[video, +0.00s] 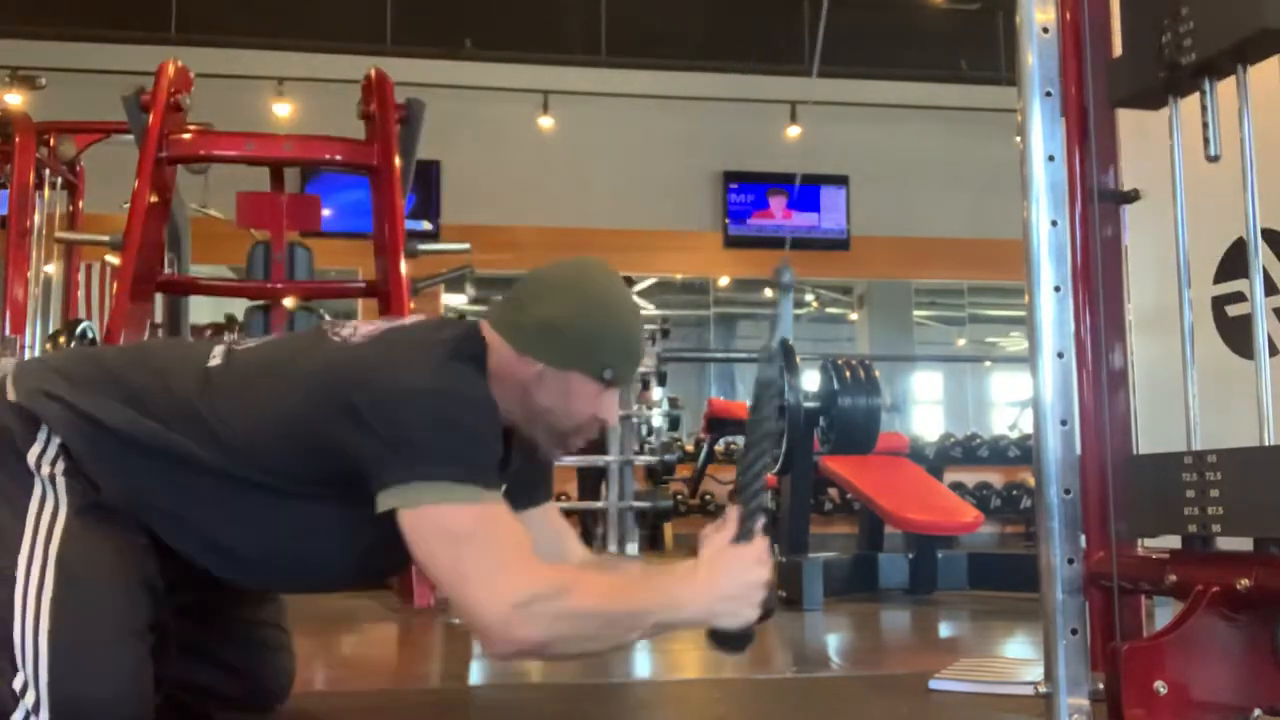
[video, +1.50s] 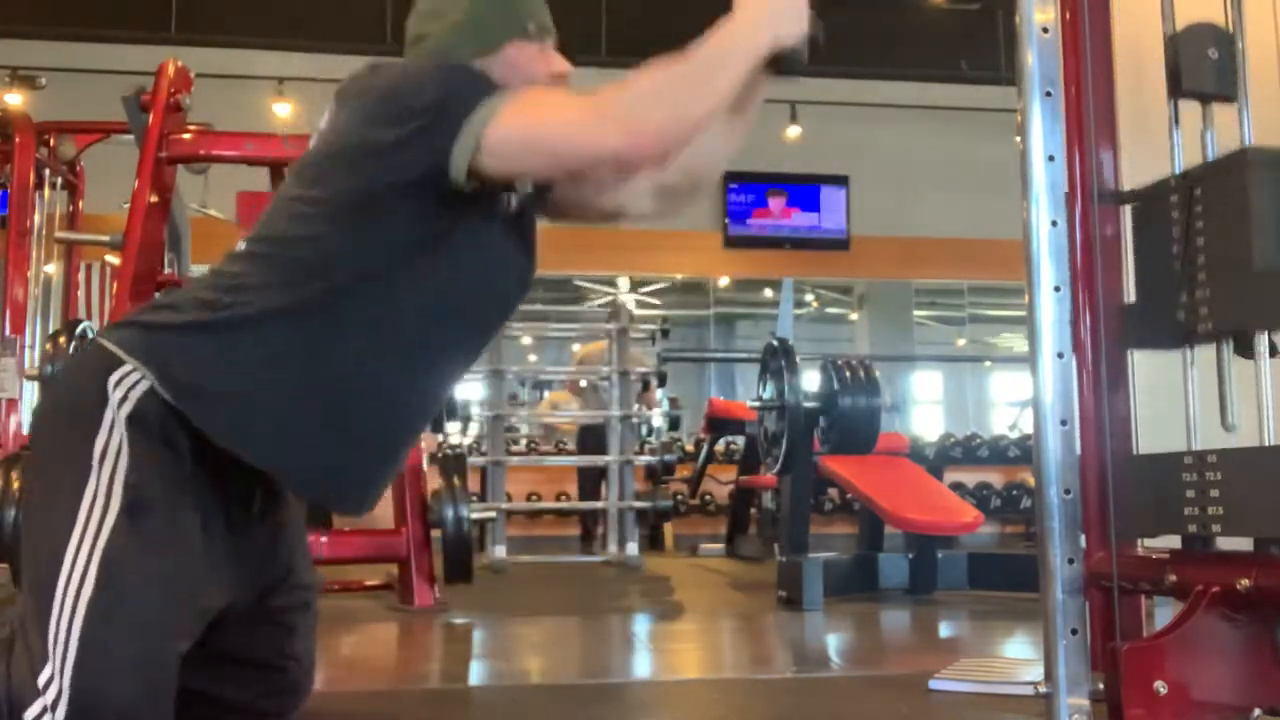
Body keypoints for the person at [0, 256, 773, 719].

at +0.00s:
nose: (616, 416)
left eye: (624, 393)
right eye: (608, 387)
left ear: (545, 367)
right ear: (541, 364)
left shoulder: (505, 428)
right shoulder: (429, 391)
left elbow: (563, 581)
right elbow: (508, 616)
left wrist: (689, 586)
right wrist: (687, 594)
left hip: (198, 499)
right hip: (71, 446)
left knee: (246, 682)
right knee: (83, 696)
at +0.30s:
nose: (636, 300)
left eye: (638, 278)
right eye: (625, 275)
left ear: (554, 265)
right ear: (555, 264)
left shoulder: (511, 329)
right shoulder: (465, 299)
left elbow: (630, 442)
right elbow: (645, 459)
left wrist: (783, 429)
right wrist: (818, 415)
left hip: (188, 493)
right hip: (85, 438)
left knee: (252, 670)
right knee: (78, 695)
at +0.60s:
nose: (622, 154)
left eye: (618, 133)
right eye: (606, 131)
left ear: (544, 137)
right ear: (550, 134)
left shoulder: (533, 254)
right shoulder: (461, 177)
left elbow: (689, 269)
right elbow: (694, 227)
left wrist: (828, 188)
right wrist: (848, 149)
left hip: (227, 500)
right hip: (127, 430)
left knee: (251, 683)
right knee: (78, 698)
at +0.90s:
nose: (619, 97)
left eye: (645, 86)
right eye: (616, 55)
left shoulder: (511, 150)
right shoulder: (422, 59)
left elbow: (633, 101)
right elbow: (644, 28)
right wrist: (752, 2)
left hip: (271, 450)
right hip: (162, 409)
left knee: (258, 690)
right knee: (84, 700)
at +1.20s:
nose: (545, 42)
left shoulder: (490, 97)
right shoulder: (384, 30)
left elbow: (636, 13)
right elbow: (571, 12)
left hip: (279, 423)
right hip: (176, 395)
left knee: (261, 693)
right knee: (93, 699)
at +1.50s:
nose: (561, 65)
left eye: (558, 49)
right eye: (543, 44)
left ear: (496, 58)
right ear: (480, 47)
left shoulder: (499, 175)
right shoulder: (412, 97)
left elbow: (652, 181)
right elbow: (622, 134)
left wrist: (751, 71)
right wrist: (751, 26)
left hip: (257, 485)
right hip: (144, 423)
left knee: (256, 694)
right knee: (79, 701)